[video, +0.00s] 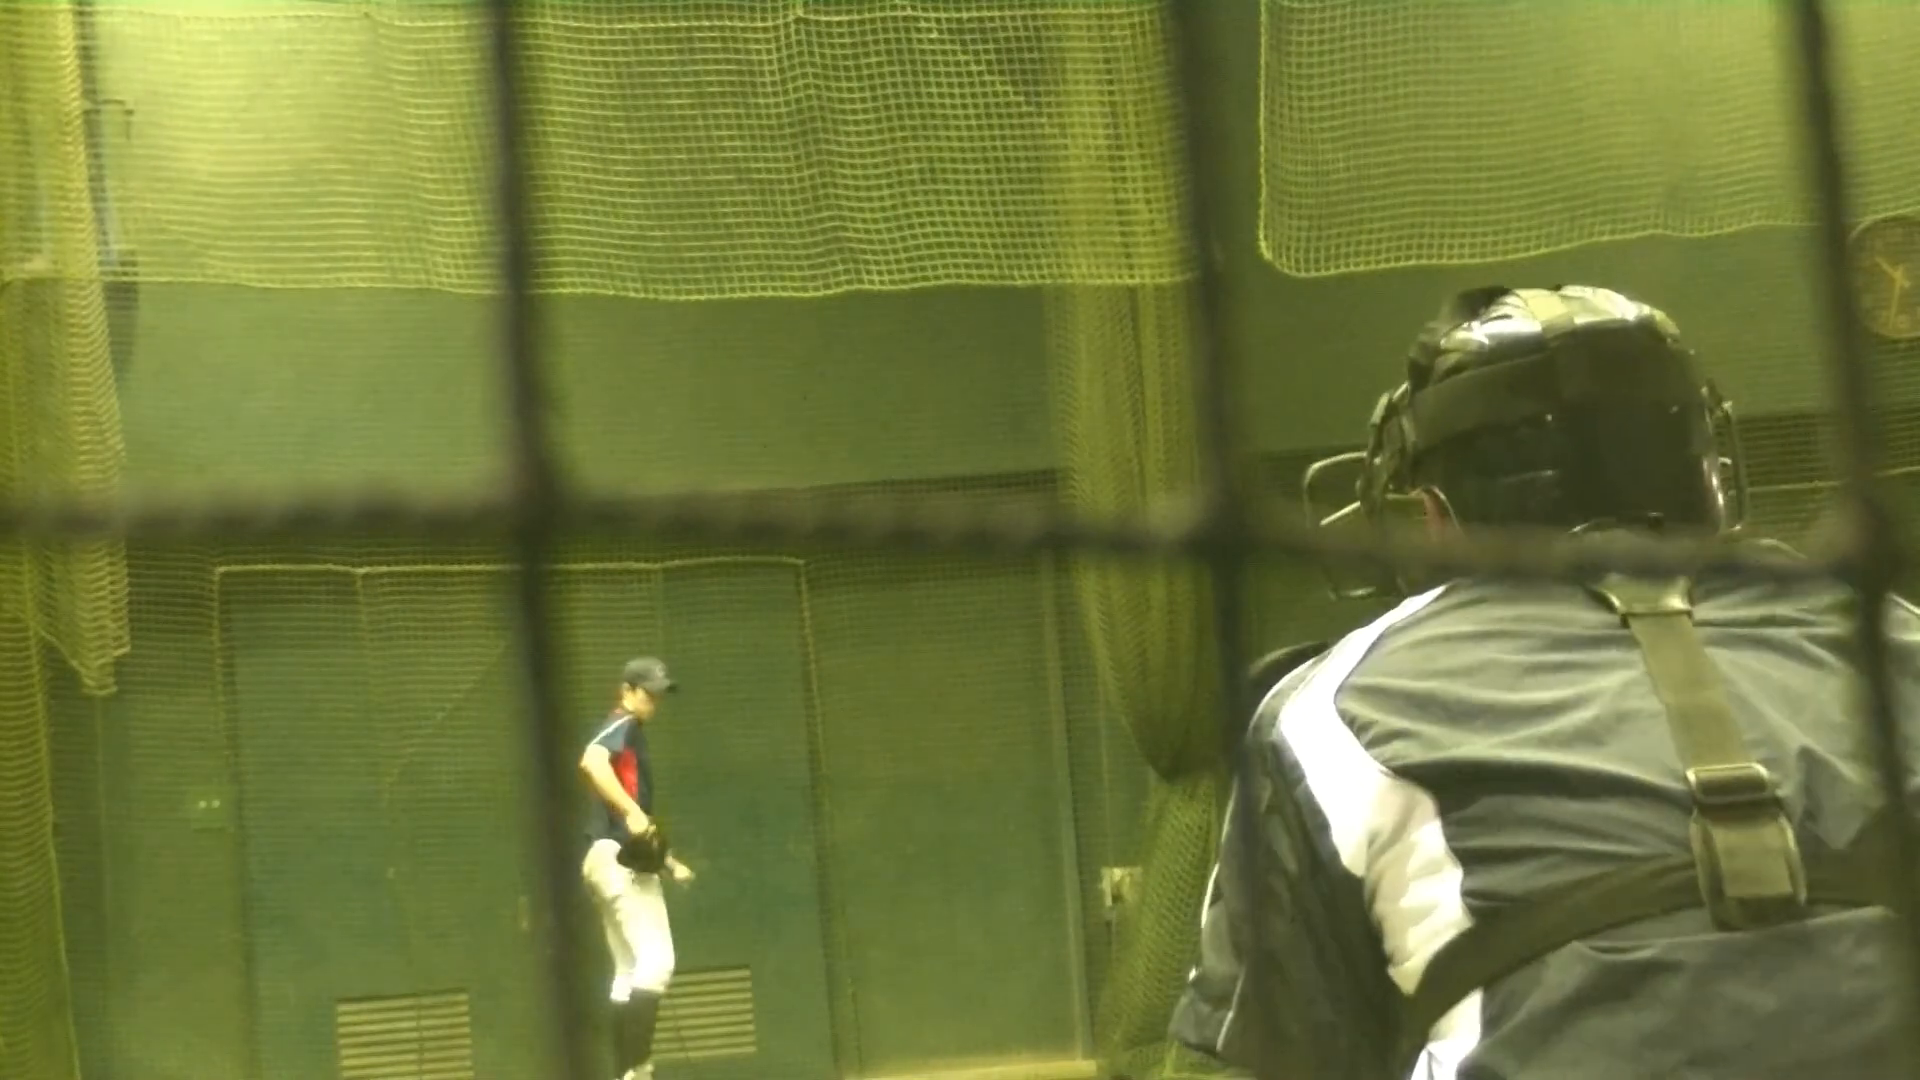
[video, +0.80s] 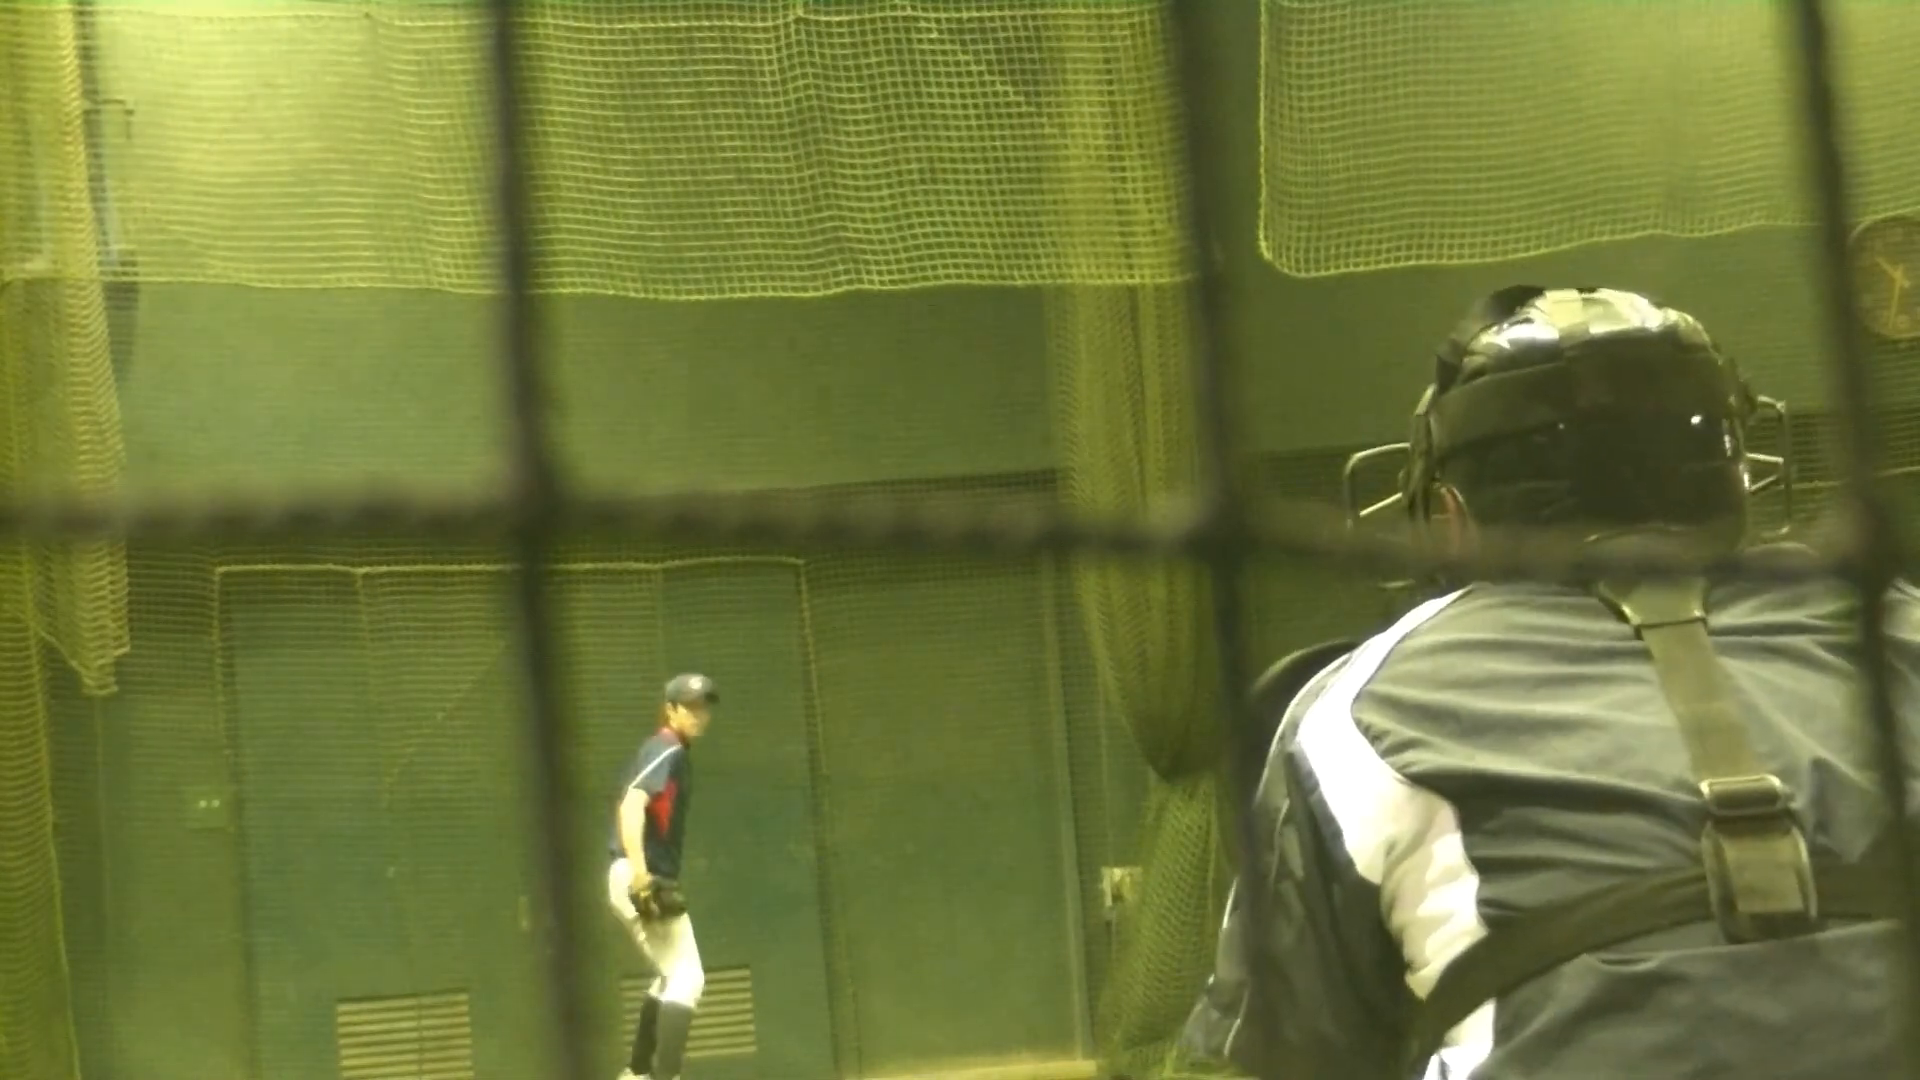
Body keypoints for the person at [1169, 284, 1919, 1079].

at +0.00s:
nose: (1392, 540)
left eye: (1396, 517)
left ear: (1434, 526)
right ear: (1709, 492)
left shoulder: (1322, 713)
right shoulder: (1886, 625)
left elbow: (1272, 1052)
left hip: (1573, 1024)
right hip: (1886, 1011)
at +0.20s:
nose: (1389, 540)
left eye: (1393, 516)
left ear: (1437, 527)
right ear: (1716, 487)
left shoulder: (1319, 722)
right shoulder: (1891, 625)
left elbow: (1281, 1055)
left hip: (1567, 1021)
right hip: (1888, 1009)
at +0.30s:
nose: (1400, 540)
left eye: (1403, 517)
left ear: (1441, 527)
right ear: (1718, 489)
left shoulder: (1324, 722)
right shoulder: (1892, 626)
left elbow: (1280, 1053)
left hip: (1572, 1021)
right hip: (1888, 1007)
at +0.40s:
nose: (1400, 543)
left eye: (1403, 519)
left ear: (1440, 530)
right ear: (1718, 487)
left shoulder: (1331, 723)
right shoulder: (1891, 619)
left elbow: (1284, 1053)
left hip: (1572, 1020)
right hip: (1887, 1007)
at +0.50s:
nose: (1404, 544)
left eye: (1406, 520)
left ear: (1442, 533)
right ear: (1719, 490)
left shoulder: (1335, 722)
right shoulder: (1894, 621)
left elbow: (1284, 1052)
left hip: (1575, 1024)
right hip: (1890, 1009)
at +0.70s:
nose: (1413, 541)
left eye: (1417, 519)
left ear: (1450, 531)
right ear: (1726, 494)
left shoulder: (1340, 719)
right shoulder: (1887, 626)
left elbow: (1282, 1049)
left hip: (1581, 1027)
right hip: (1883, 1017)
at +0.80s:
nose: (1415, 537)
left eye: (1418, 516)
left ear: (1454, 523)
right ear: (1731, 486)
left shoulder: (1344, 713)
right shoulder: (1889, 624)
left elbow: (1286, 1048)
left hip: (1584, 1025)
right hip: (1886, 1015)